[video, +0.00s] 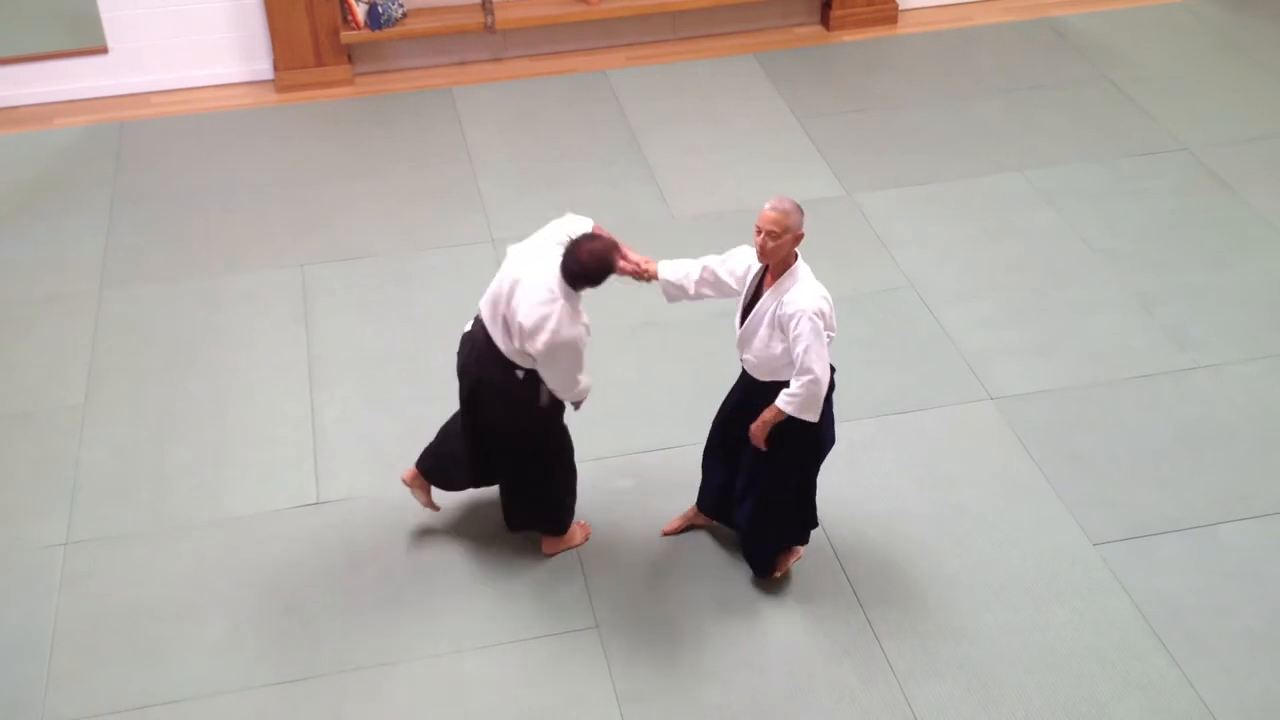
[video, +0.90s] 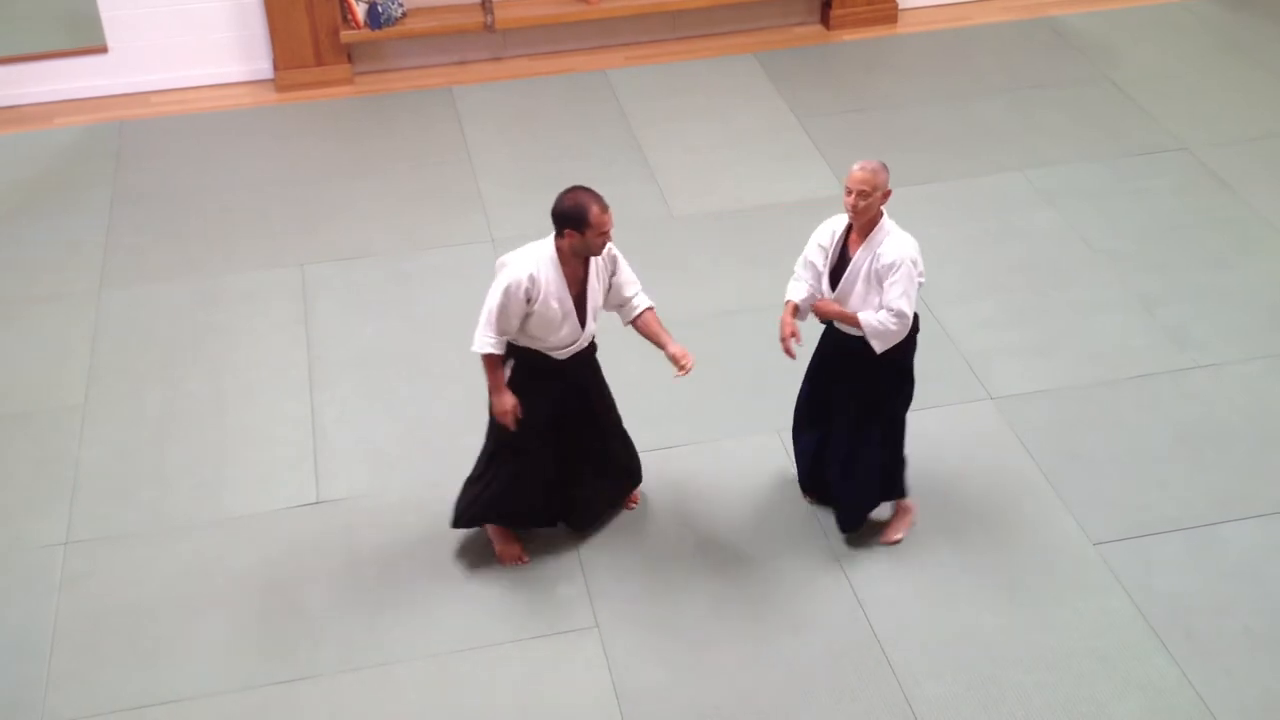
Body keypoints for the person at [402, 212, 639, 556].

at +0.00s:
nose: (602, 232)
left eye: (601, 237)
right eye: (608, 242)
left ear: (583, 240)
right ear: (599, 281)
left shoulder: (559, 233)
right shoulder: (561, 329)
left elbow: (590, 226)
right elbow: (566, 385)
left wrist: (623, 256)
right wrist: (581, 393)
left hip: (477, 340)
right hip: (510, 379)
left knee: (477, 420)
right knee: (552, 453)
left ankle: (422, 473)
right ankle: (556, 534)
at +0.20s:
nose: (577, 253)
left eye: (577, 247)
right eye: (571, 249)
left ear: (541, 252)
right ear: (544, 257)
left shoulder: (533, 254)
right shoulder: (512, 309)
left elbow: (592, 284)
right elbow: (511, 379)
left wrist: (649, 304)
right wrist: (546, 419)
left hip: (467, 363)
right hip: (486, 385)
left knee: (466, 443)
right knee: (545, 455)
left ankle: (443, 498)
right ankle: (560, 534)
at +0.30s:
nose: (567, 247)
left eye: (567, 239)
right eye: (561, 241)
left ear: (534, 245)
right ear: (531, 247)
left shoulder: (551, 261)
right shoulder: (489, 294)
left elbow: (600, 299)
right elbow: (481, 371)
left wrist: (659, 318)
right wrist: (516, 418)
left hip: (503, 369)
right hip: (472, 380)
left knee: (466, 449)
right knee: (530, 455)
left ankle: (442, 500)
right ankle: (551, 535)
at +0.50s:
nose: (568, 241)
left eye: (569, 232)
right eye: (561, 234)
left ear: (534, 236)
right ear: (529, 236)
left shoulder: (567, 265)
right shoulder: (480, 279)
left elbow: (615, 308)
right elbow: (447, 348)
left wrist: (677, 322)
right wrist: (457, 408)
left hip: (520, 379)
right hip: (476, 379)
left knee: (520, 459)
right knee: (477, 461)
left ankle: (524, 533)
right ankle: (474, 534)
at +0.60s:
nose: (576, 241)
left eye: (577, 233)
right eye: (569, 235)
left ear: (546, 235)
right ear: (537, 236)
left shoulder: (574, 265)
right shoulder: (487, 279)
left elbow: (623, 308)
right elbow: (448, 341)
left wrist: (684, 321)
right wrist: (443, 401)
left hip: (536, 375)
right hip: (487, 380)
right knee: (483, 460)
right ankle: (474, 534)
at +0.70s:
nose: (586, 241)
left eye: (587, 233)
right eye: (579, 235)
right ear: (547, 234)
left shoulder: (582, 262)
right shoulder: (496, 276)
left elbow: (629, 306)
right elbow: (457, 338)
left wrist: (688, 324)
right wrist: (449, 395)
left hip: (550, 368)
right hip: (501, 377)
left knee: (583, 431)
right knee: (503, 455)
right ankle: (493, 523)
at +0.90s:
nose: (608, 239)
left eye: (609, 230)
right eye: (601, 232)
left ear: (573, 235)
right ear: (569, 236)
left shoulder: (605, 256)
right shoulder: (523, 272)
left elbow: (633, 303)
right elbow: (490, 335)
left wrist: (668, 344)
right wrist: (498, 391)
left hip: (581, 362)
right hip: (532, 369)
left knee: (602, 425)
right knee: (517, 446)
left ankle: (615, 481)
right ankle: (496, 518)